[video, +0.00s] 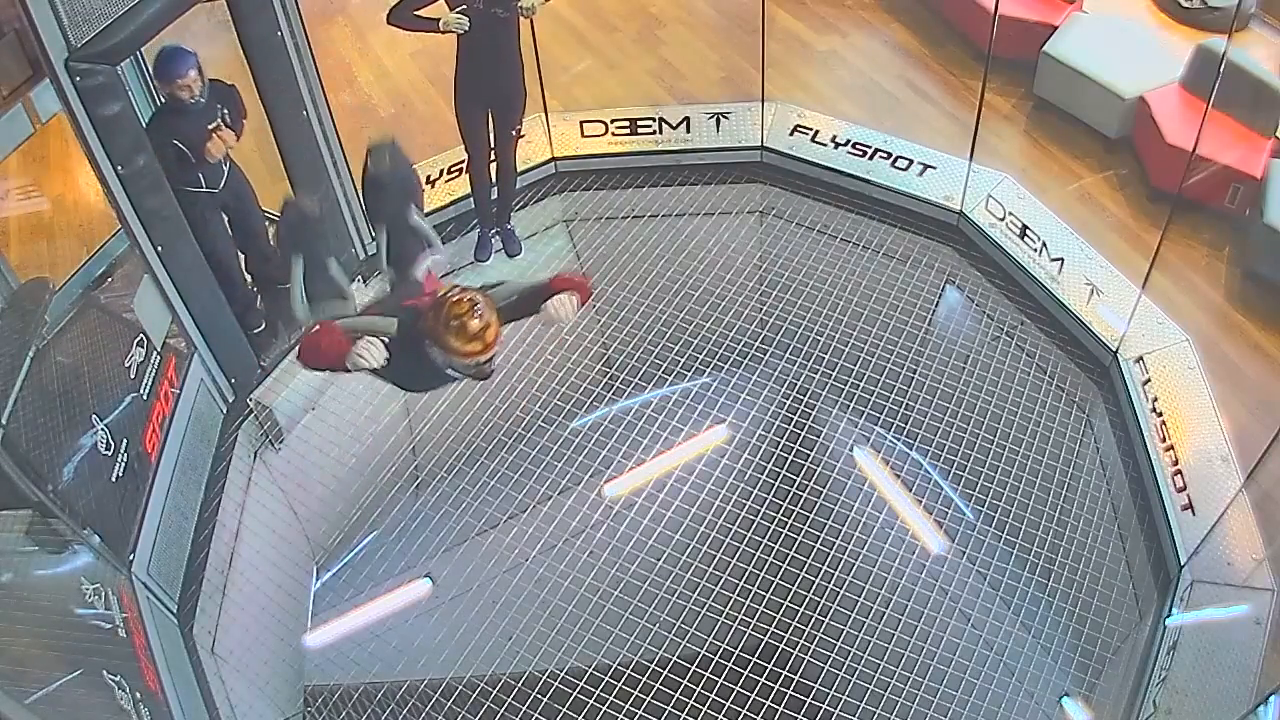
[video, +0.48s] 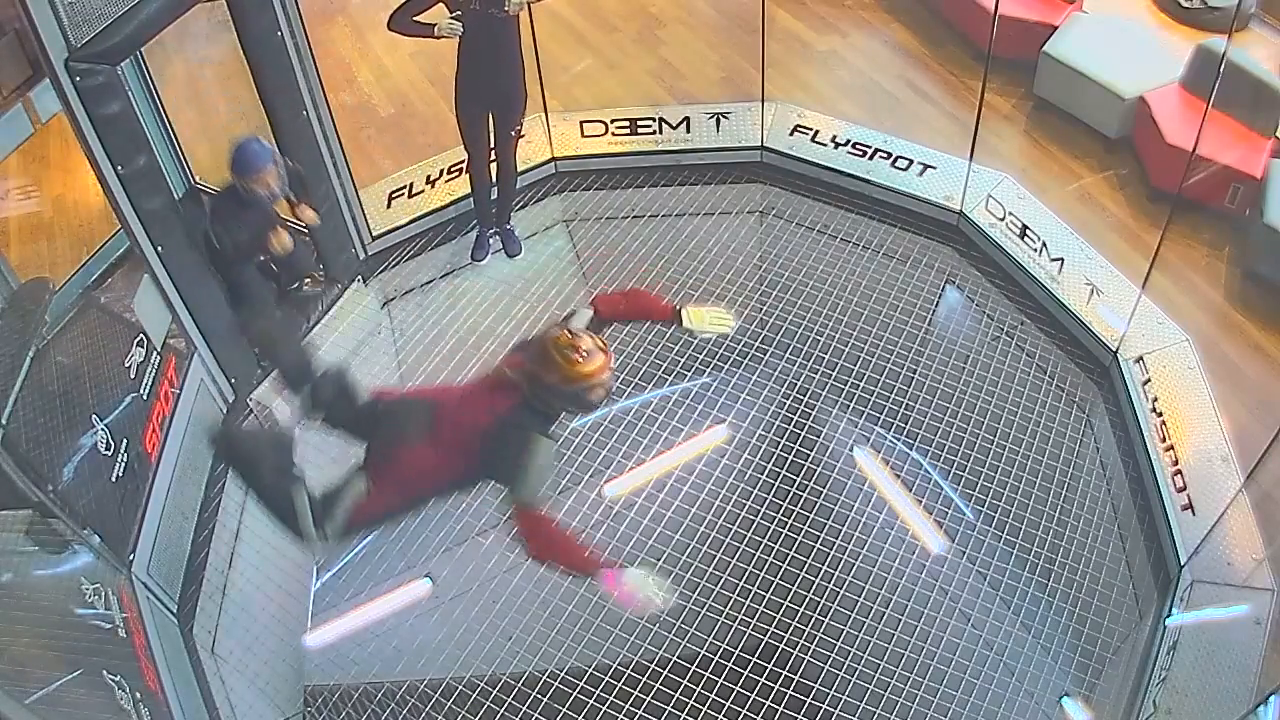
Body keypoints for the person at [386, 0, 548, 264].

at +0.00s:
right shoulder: (448, 0)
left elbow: (524, 8)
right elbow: (396, 15)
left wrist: (530, 7)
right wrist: (438, 24)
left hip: (510, 80)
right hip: (470, 83)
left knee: (507, 156)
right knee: (478, 158)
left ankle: (505, 224)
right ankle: (485, 229)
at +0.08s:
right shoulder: (449, 1)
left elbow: (524, 8)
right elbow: (397, 15)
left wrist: (530, 7)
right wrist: (439, 24)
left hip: (510, 80)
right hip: (470, 83)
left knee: (507, 156)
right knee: (478, 158)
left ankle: (505, 224)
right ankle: (485, 229)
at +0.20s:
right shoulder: (449, 0)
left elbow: (531, 9)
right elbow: (397, 15)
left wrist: (534, 5)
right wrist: (438, 25)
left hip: (511, 79)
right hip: (471, 81)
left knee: (507, 155)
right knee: (478, 158)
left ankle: (505, 224)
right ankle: (485, 229)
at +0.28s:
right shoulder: (449, 0)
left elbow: (528, 7)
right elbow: (398, 15)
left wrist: (532, 5)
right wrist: (436, 25)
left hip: (510, 80)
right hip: (471, 82)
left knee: (507, 155)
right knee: (478, 158)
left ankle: (505, 224)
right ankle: (485, 229)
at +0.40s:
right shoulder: (448, 1)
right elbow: (397, 18)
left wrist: (529, 3)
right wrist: (436, 28)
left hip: (510, 79)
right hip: (470, 82)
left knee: (507, 155)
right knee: (478, 158)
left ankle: (505, 224)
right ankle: (484, 228)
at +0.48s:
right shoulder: (448, 1)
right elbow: (396, 21)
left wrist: (524, 3)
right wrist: (435, 29)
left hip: (510, 79)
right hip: (471, 82)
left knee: (506, 154)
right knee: (478, 157)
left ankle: (504, 224)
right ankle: (484, 229)